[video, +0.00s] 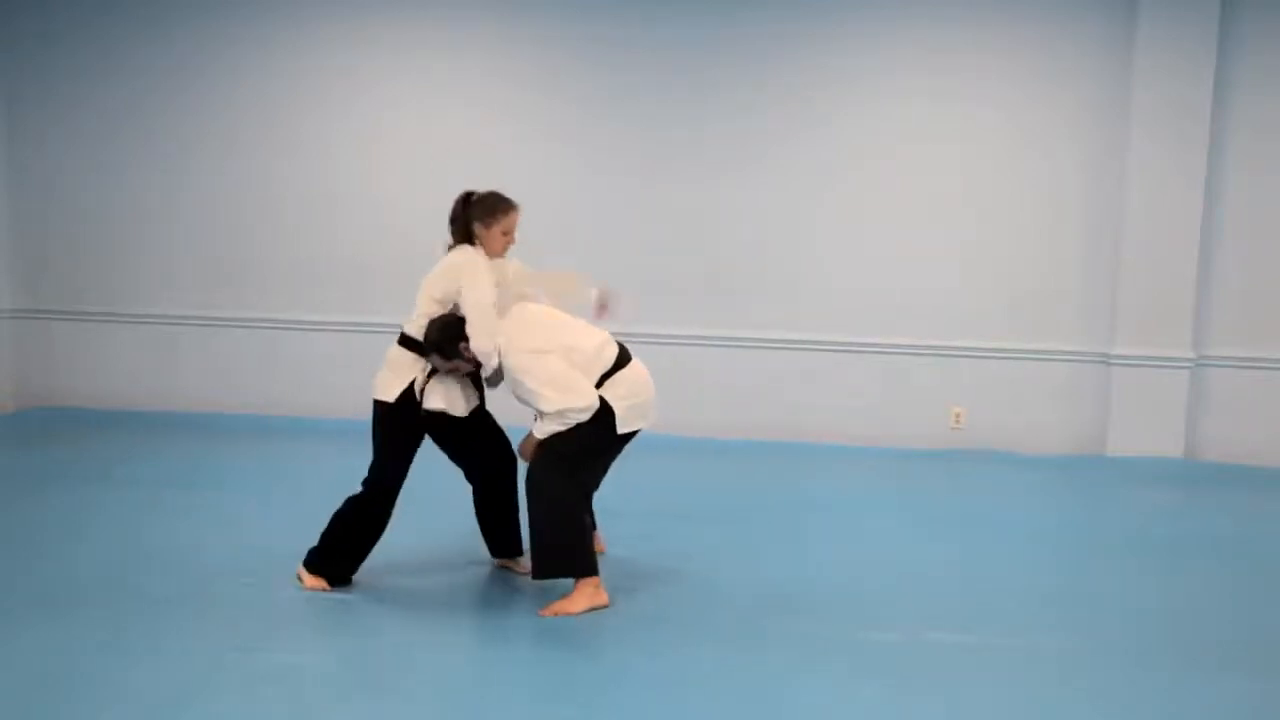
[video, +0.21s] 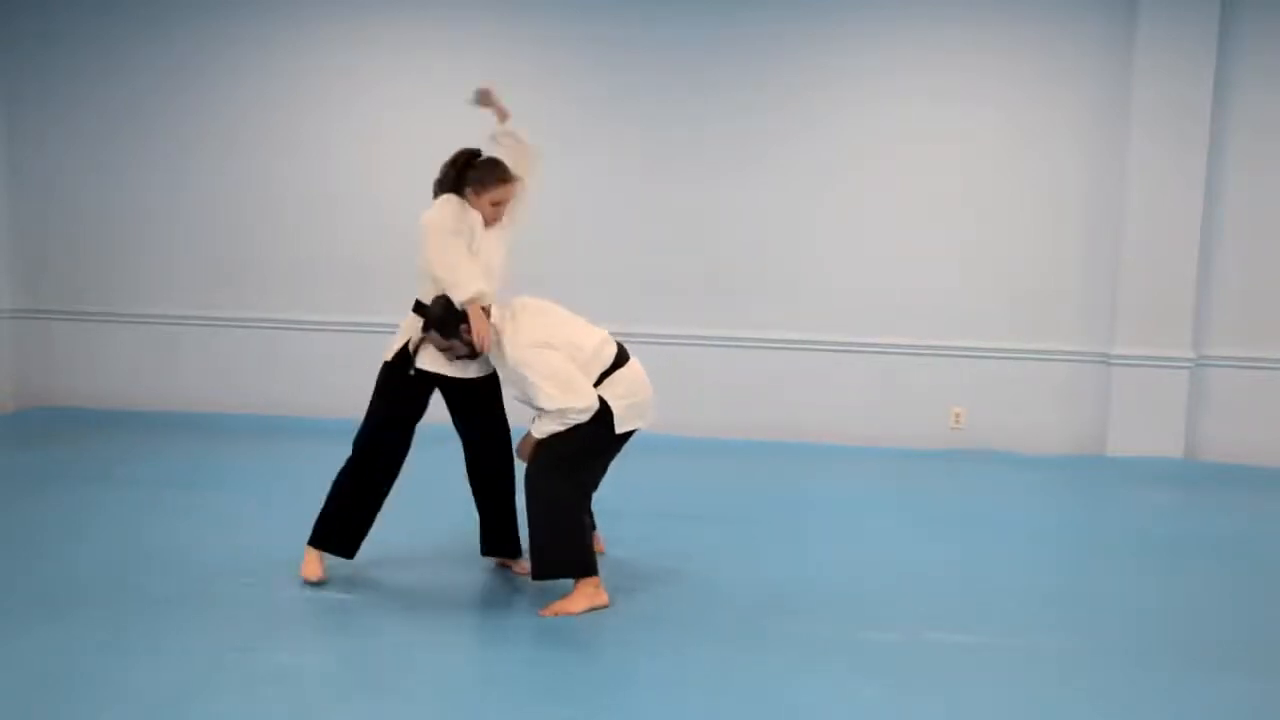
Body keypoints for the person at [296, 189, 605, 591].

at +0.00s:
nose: (512, 240)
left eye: (514, 231)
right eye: (506, 232)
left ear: (485, 231)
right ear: (480, 229)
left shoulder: (491, 265)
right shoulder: (469, 264)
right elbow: (485, 346)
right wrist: (489, 368)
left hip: (450, 390)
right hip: (409, 388)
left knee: (496, 460)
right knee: (384, 484)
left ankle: (507, 552)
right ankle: (320, 568)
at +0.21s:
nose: (500, 212)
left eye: (506, 204)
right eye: (493, 204)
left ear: (511, 193)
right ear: (471, 193)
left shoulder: (498, 219)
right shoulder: (445, 213)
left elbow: (521, 165)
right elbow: (447, 262)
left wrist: (502, 119)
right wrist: (475, 307)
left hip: (472, 359)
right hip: (419, 354)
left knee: (492, 456)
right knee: (377, 450)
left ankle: (506, 550)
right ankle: (318, 547)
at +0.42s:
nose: (479, 230)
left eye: (483, 222)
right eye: (470, 225)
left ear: (491, 212)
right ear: (448, 217)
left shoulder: (498, 238)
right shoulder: (426, 233)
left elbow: (536, 237)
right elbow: (388, 271)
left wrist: (518, 195)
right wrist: (429, 277)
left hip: (469, 372)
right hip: (410, 366)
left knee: (501, 459)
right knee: (351, 447)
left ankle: (507, 558)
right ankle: (285, 531)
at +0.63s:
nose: (460, 297)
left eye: (465, 288)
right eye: (452, 289)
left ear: (473, 281)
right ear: (425, 283)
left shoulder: (476, 310)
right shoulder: (397, 303)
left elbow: (505, 332)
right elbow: (371, 352)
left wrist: (490, 285)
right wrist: (396, 342)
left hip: (437, 415)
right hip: (375, 407)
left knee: (488, 468)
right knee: (303, 470)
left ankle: (509, 550)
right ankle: (276, 556)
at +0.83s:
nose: (419, 301)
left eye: (423, 292)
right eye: (410, 294)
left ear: (428, 285)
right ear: (383, 288)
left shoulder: (434, 318)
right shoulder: (354, 315)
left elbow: (466, 378)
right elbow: (334, 375)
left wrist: (467, 327)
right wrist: (361, 365)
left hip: (409, 409)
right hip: (351, 409)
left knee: (470, 460)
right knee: (295, 470)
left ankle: (499, 545)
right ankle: (268, 551)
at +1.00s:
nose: (408, 281)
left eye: (412, 272)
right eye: (399, 275)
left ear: (417, 262)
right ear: (373, 268)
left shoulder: (424, 296)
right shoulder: (345, 296)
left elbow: (449, 354)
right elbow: (323, 355)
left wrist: (452, 308)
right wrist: (349, 344)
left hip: (409, 400)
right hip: (350, 401)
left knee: (478, 461)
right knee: (290, 467)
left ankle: (497, 553)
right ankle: (276, 555)